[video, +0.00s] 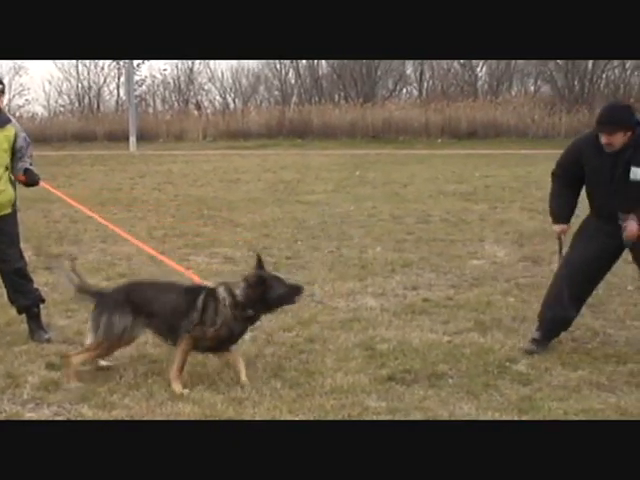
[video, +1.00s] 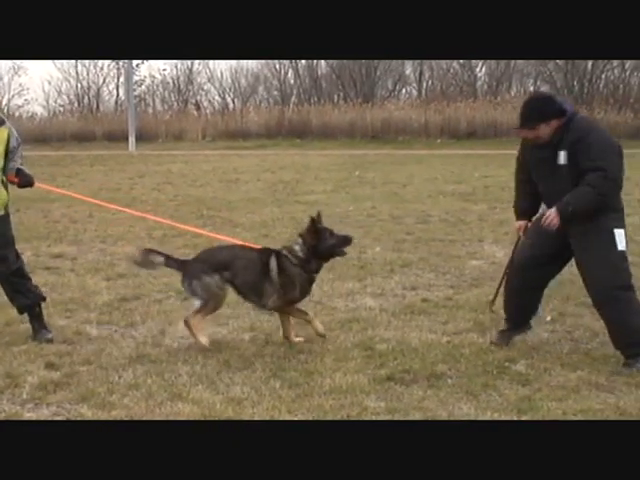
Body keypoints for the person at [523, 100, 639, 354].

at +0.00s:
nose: (604, 139)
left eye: (611, 134)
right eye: (602, 133)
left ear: (628, 134)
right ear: (597, 130)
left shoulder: (635, 155)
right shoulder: (586, 148)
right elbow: (564, 177)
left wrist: (637, 221)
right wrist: (561, 217)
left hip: (635, 224)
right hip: (604, 222)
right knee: (574, 270)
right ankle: (545, 331)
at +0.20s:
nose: (592, 138)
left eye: (598, 134)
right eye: (591, 132)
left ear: (616, 135)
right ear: (588, 129)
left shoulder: (634, 156)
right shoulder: (578, 147)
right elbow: (560, 173)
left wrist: (635, 242)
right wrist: (553, 210)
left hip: (629, 227)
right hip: (592, 221)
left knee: (637, 276)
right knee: (561, 265)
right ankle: (549, 329)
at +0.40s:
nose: (543, 119)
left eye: (548, 113)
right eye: (543, 113)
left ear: (565, 111)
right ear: (561, 112)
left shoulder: (605, 132)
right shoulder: (551, 135)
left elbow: (616, 177)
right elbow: (543, 171)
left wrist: (589, 209)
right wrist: (537, 206)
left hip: (607, 218)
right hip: (570, 214)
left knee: (626, 283)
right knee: (545, 268)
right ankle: (564, 332)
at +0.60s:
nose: (509, 134)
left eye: (511, 128)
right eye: (508, 129)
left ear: (525, 123)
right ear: (528, 122)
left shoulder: (555, 141)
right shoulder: (539, 142)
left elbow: (548, 194)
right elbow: (544, 186)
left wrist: (516, 211)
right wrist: (531, 212)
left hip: (581, 224)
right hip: (552, 223)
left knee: (587, 289)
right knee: (523, 268)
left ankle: (633, 348)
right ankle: (521, 332)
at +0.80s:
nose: (505, 139)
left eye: (506, 133)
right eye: (503, 135)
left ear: (521, 124)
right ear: (520, 125)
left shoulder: (557, 139)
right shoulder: (533, 144)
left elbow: (564, 189)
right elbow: (542, 187)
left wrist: (529, 220)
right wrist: (532, 219)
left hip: (587, 221)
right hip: (555, 222)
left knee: (598, 285)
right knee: (529, 271)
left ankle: (634, 349)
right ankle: (523, 332)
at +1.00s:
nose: (528, 136)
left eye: (532, 129)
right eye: (526, 130)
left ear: (552, 123)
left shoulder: (593, 139)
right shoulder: (532, 143)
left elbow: (603, 185)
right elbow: (525, 179)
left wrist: (563, 210)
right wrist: (523, 215)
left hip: (596, 221)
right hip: (554, 220)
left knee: (609, 287)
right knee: (522, 268)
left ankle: (634, 352)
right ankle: (516, 324)